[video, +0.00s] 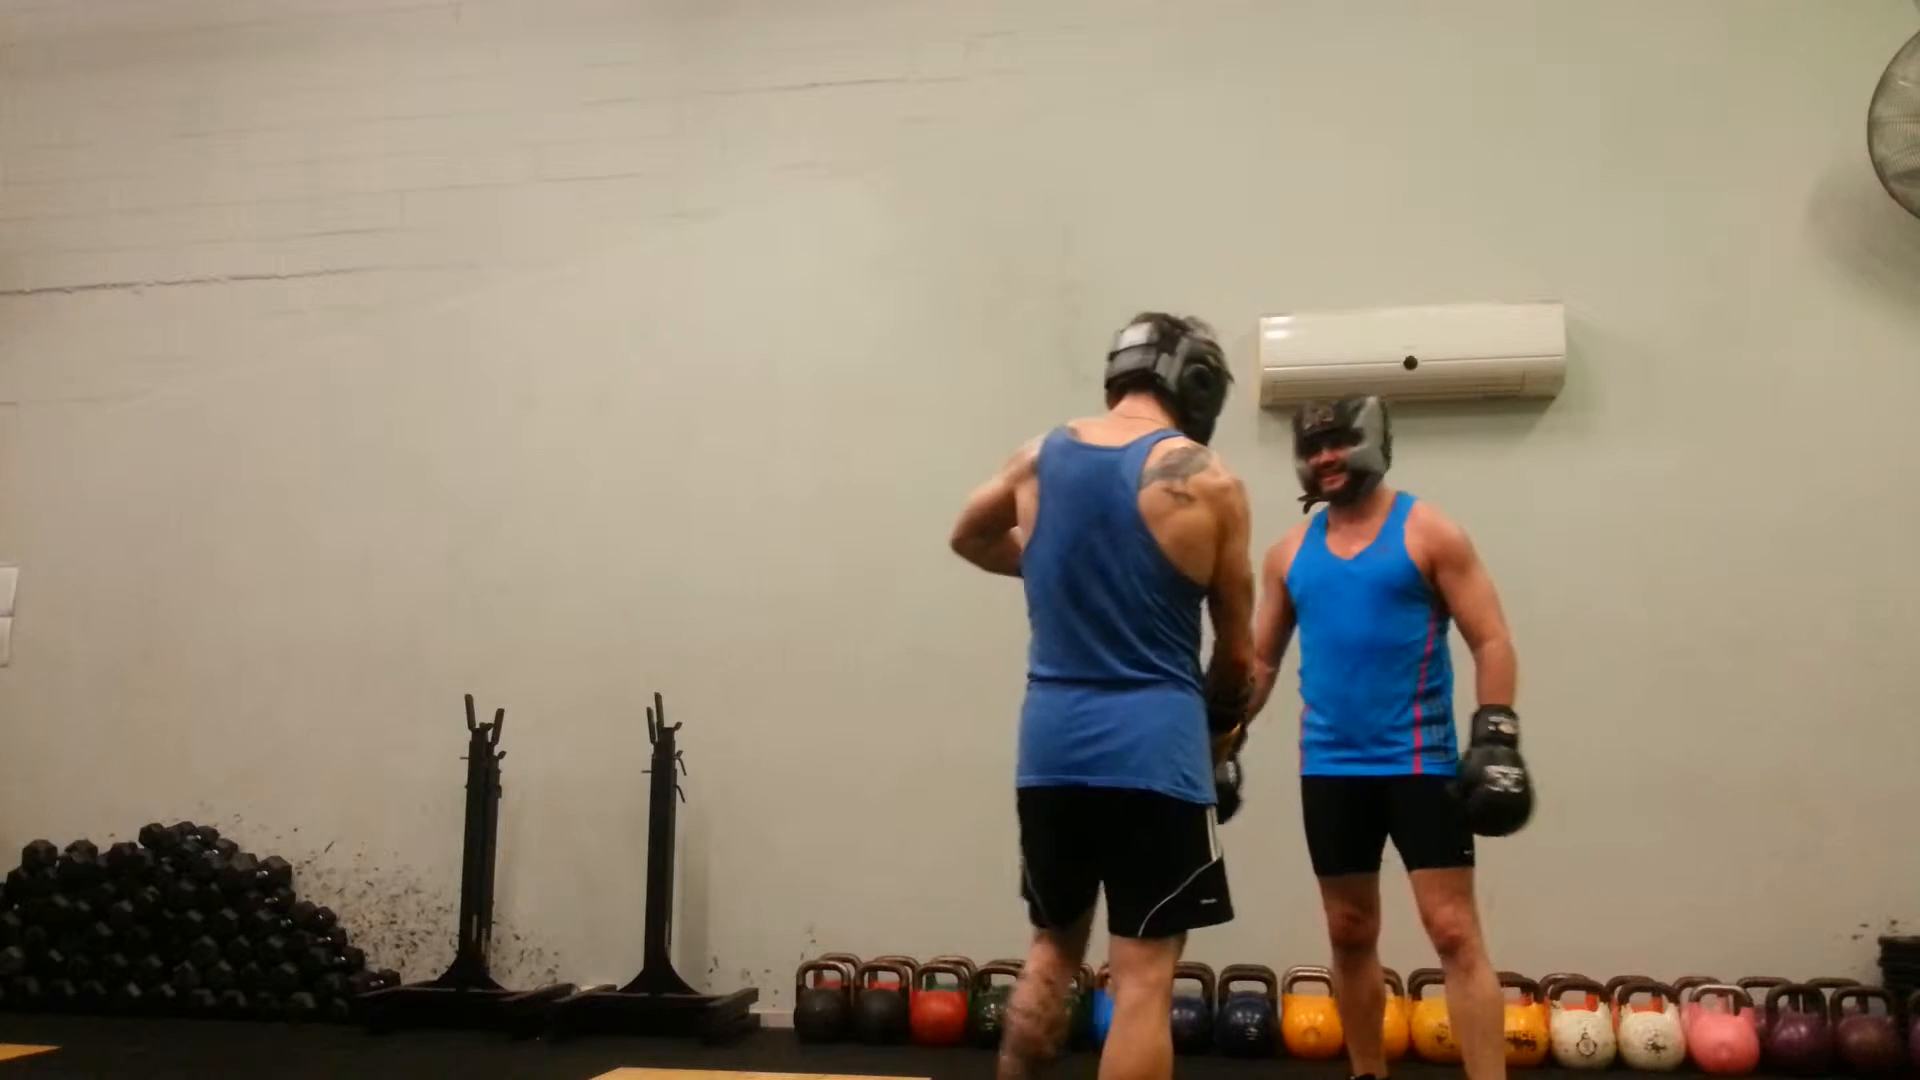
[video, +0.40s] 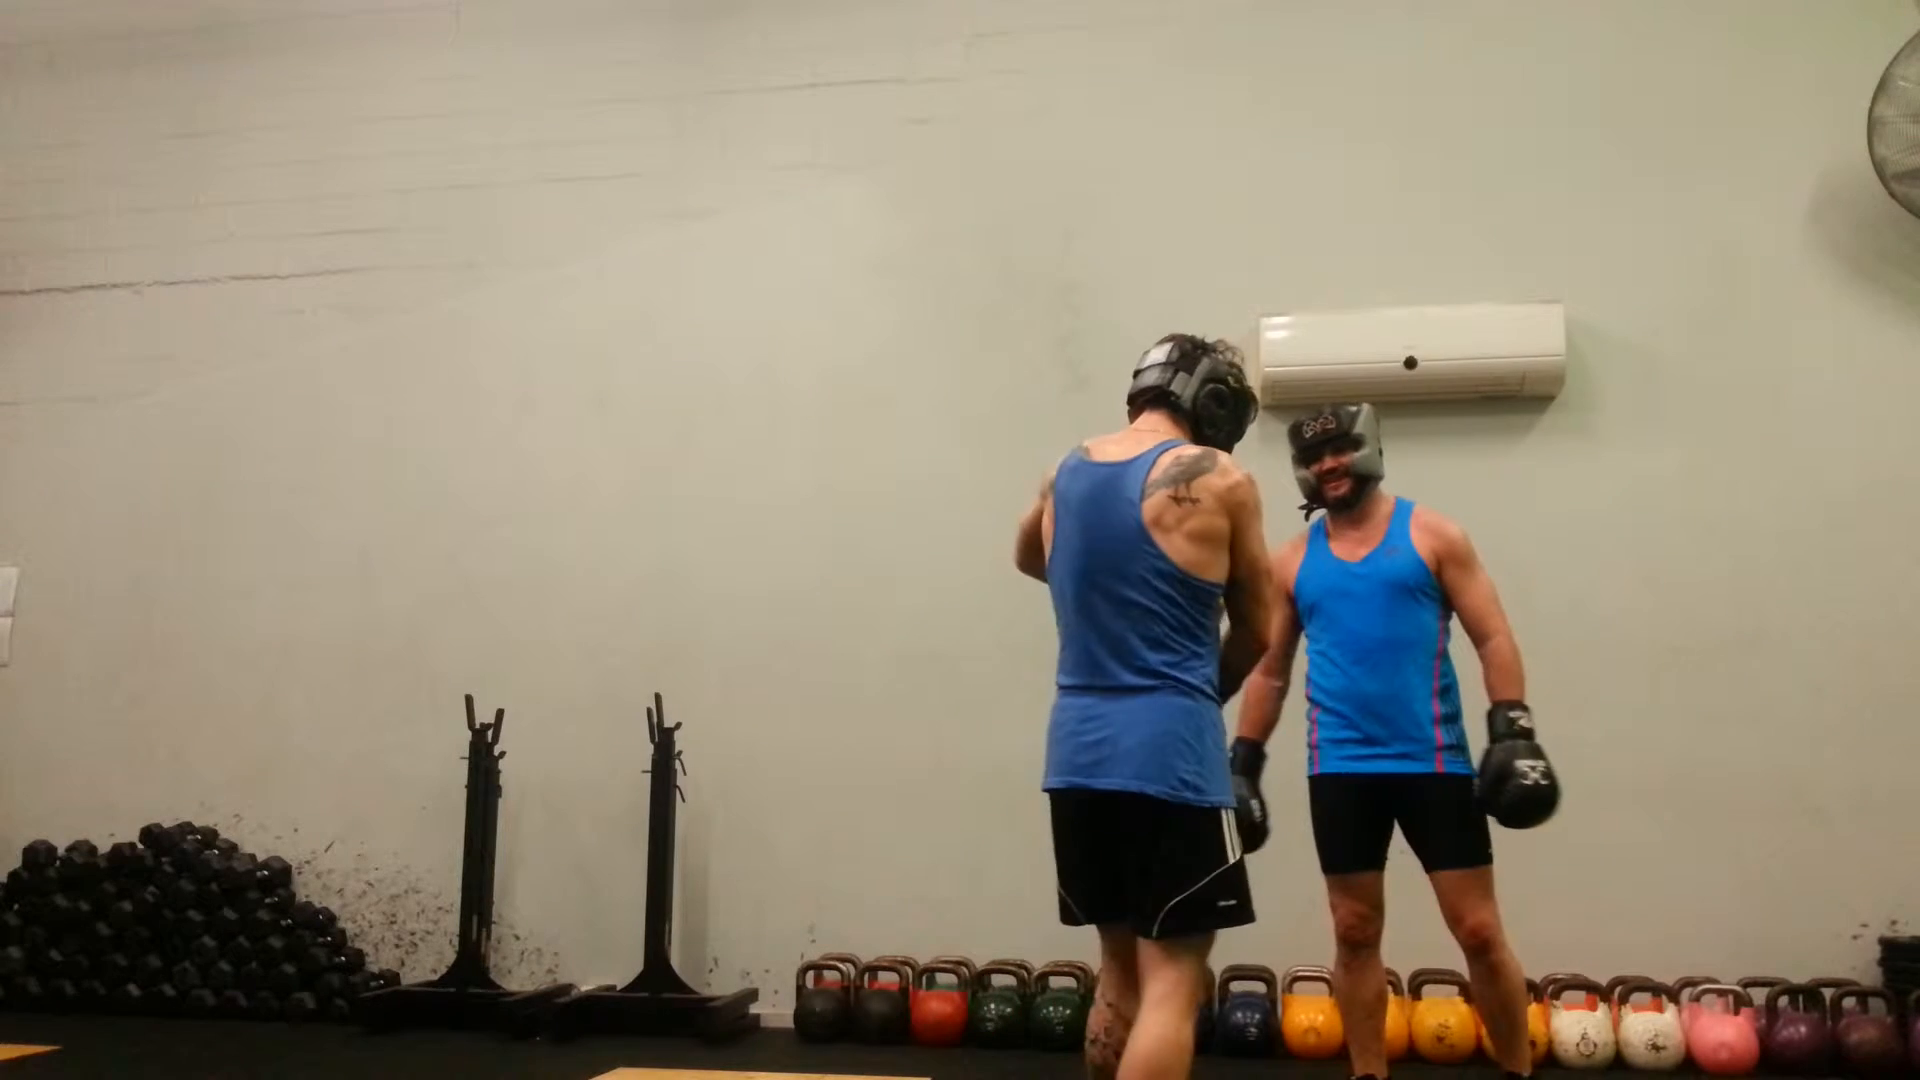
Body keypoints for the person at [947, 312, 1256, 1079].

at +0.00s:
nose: (1213, 402)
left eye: (1213, 392)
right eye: (1212, 390)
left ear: (1117, 380)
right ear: (1196, 384)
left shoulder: (1046, 452)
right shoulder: (1213, 485)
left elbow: (971, 536)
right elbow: (1233, 649)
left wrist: (1059, 568)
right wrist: (1216, 727)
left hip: (1050, 751)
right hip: (1153, 758)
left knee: (1054, 946)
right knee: (1142, 979)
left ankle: (1011, 1076)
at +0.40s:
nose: (1228, 423)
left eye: (1230, 413)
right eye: (1228, 411)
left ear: (1140, 396)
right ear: (1209, 404)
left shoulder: (1075, 464)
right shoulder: (1223, 479)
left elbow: (1031, 554)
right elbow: (1255, 627)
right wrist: (1201, 693)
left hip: (1076, 760)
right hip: (1171, 765)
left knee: (1118, 967)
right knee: (1172, 984)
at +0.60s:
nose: (1227, 440)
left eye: (1229, 430)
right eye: (1226, 426)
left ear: (1139, 401)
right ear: (1206, 408)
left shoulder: (1073, 476)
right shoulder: (1214, 469)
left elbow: (1102, 614)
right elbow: (1257, 631)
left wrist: (1208, 645)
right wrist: (1183, 662)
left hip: (1089, 761)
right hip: (1185, 762)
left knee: (1128, 959)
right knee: (1246, 962)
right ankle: (1179, 1078)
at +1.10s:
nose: (1314, 409)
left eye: (1310, 397)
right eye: (1309, 396)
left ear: (1218, 395)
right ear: (1294, 399)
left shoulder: (1165, 477)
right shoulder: (1300, 478)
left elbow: (1201, 613)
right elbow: (1348, 620)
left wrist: (1301, 646)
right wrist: (1258, 637)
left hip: (1172, 757)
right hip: (1272, 759)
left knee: (1175, 963)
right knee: (1318, 973)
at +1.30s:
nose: (1381, 391)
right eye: (1374, 378)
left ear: (1276, 383)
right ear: (1359, 387)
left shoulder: (1229, 465)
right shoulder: (1380, 477)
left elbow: (1196, 577)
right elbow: (1403, 606)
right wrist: (1302, 633)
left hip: (1221, 755)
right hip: (1327, 759)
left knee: (1190, 960)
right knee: (1344, 983)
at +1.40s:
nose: (1406, 388)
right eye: (1401, 376)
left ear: (1302, 381)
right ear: (1388, 388)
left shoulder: (1247, 462)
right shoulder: (1412, 478)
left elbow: (1203, 571)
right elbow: (1417, 609)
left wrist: (1280, 624)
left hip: (1235, 756)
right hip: (1346, 762)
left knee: (1201, 965)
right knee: (1353, 989)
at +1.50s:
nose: (1419, 385)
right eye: (1416, 374)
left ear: (1318, 375)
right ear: (1406, 384)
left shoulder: (1258, 456)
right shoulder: (1430, 476)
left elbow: (1211, 562)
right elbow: (1431, 601)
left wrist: (1285, 621)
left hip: (1251, 758)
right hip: (1364, 762)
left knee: (1216, 975)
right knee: (1363, 985)